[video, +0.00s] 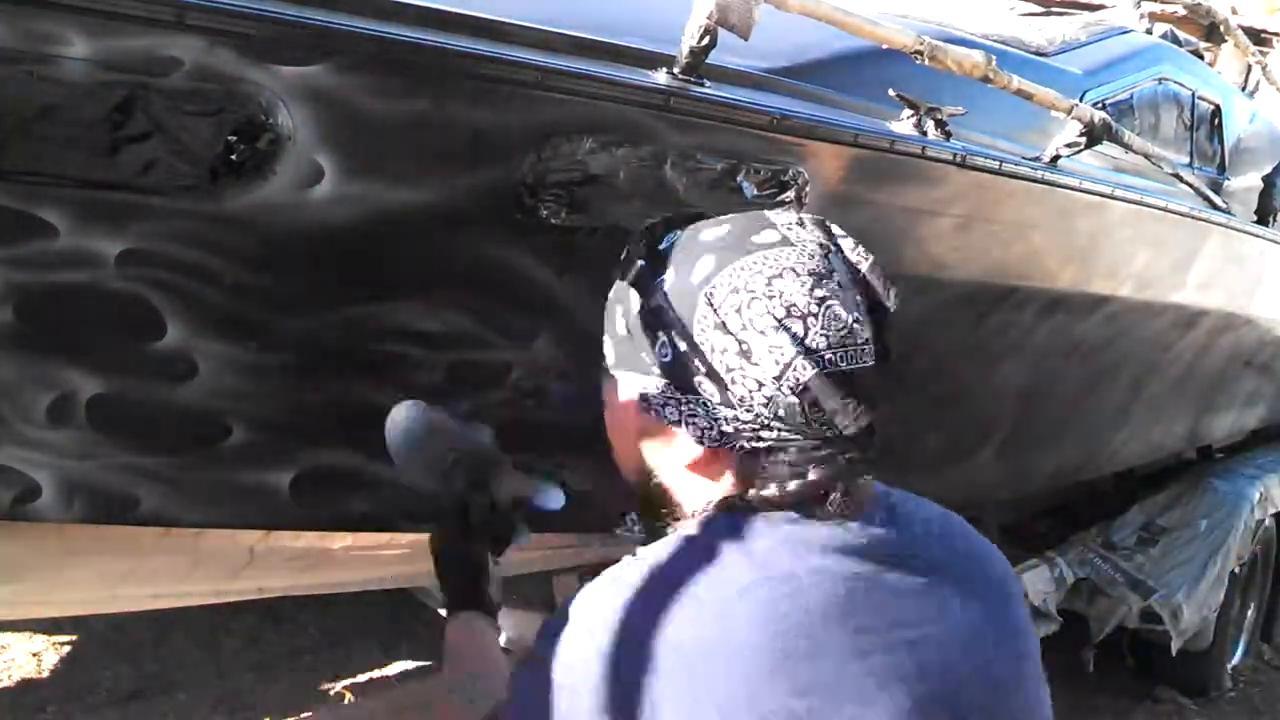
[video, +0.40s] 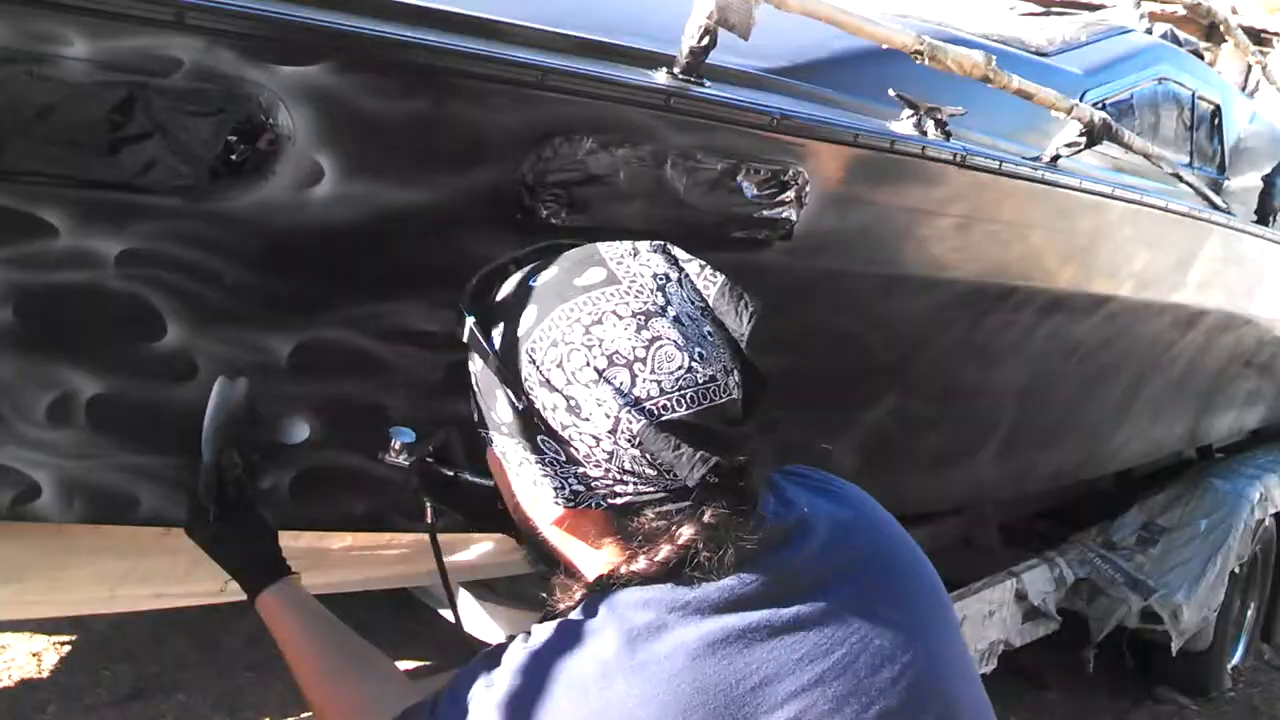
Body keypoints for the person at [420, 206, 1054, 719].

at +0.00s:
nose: (611, 382)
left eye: (626, 367)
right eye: (620, 359)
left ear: (688, 433)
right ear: (838, 396)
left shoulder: (607, 638)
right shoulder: (979, 567)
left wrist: (469, 689)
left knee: (475, 664)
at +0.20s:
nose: (564, 406)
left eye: (577, 382)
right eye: (573, 380)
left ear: (625, 439)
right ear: (794, 404)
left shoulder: (570, 673)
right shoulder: (899, 536)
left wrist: (379, 700)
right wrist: (659, 573)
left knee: (380, 678)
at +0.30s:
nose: (509, 442)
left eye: (518, 428)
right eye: (516, 419)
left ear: (582, 488)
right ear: (735, 422)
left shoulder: (552, 699)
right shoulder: (849, 517)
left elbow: (381, 708)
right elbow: (698, 542)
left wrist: (259, 568)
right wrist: (554, 511)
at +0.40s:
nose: (496, 447)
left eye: (503, 431)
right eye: (499, 425)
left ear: (568, 490)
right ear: (729, 417)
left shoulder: (546, 699)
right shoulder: (844, 517)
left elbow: (387, 709)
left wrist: (261, 568)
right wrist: (518, 495)